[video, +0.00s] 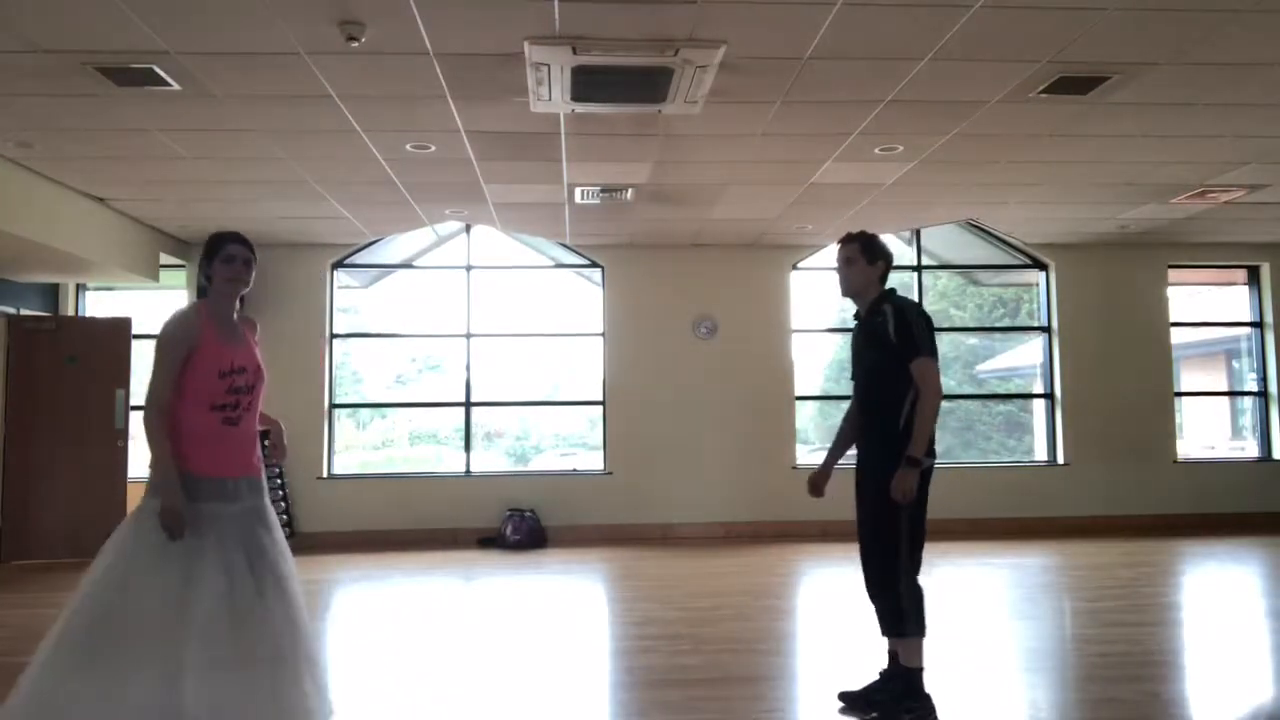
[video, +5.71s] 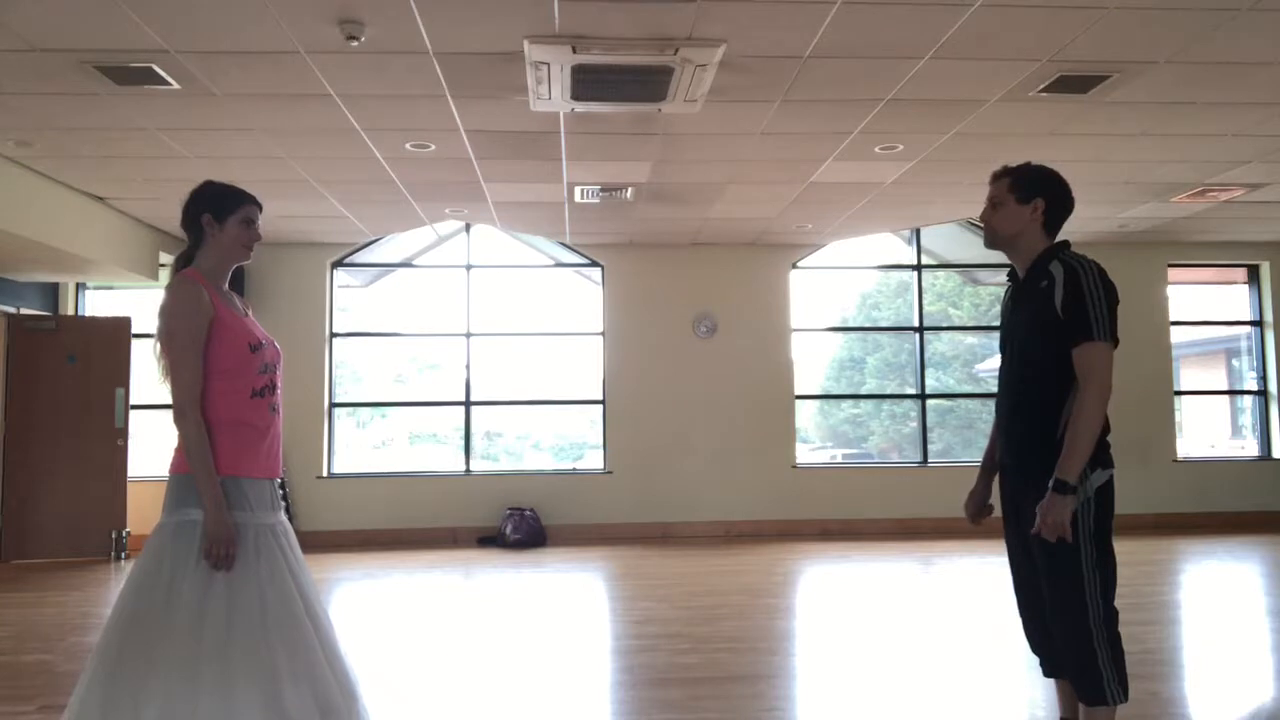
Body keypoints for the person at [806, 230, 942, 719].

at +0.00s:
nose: (840, 273)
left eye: (848, 265)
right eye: (839, 265)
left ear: (876, 267)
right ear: (855, 271)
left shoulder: (904, 313)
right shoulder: (865, 326)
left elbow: (931, 389)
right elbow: (861, 403)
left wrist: (912, 463)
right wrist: (828, 463)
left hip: (903, 462)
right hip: (872, 462)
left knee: (899, 569)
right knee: (878, 570)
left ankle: (912, 686)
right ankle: (896, 674)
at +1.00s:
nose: (907, 249)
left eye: (919, 238)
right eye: (902, 239)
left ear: (947, 243)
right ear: (897, 246)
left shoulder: (983, 304)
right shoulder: (900, 317)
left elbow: (1006, 396)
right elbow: (900, 400)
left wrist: (975, 472)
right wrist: (871, 471)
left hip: (975, 472)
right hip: (916, 471)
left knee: (974, 596)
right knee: (912, 596)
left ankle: (989, 702)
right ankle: (923, 710)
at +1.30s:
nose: (952, 234)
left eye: (964, 223)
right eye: (944, 224)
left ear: (991, 231)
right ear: (935, 234)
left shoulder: (1026, 297)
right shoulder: (941, 309)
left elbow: (1059, 397)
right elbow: (926, 403)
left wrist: (1060, 485)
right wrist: (883, 471)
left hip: (1014, 484)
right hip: (950, 485)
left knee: (1036, 624)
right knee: (927, 611)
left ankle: (1070, 713)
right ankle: (928, 714)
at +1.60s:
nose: (972, 218)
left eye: (985, 206)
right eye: (970, 208)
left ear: (1026, 212)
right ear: (974, 218)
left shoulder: (1071, 278)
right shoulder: (989, 300)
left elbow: (1118, 380)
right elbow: (993, 397)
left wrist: (1100, 479)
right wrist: (959, 477)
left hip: (1061, 482)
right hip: (998, 483)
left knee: (1071, 623)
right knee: (990, 614)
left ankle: (1089, 713)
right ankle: (1019, 714)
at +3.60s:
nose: (997, 212)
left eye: (1011, 203)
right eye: (1001, 202)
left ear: (1050, 213)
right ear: (1039, 215)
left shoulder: (1082, 275)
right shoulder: (1026, 292)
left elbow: (1097, 388)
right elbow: (1019, 397)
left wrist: (1056, 480)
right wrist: (985, 478)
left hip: (1070, 484)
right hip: (1026, 482)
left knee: (1084, 633)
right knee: (1053, 631)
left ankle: (1097, 714)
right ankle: (1069, 713)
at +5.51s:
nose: (984, 212)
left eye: (996, 202)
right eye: (987, 202)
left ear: (1035, 210)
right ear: (1024, 214)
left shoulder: (1076, 274)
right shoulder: (1019, 291)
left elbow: (1097, 389)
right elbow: (1017, 396)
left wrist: (1065, 487)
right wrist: (988, 477)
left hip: (1068, 483)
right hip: (1025, 481)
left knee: (1084, 632)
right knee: (1052, 628)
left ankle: (1098, 715)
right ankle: (1069, 713)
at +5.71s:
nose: (983, 213)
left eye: (995, 203)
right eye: (986, 203)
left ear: (1035, 211)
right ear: (1024, 214)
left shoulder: (1076, 274)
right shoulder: (1018, 291)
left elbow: (1095, 389)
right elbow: (1015, 395)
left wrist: (1064, 487)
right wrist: (986, 477)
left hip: (1069, 483)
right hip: (1025, 481)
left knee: (1085, 630)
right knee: (1051, 627)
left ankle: (1098, 715)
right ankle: (1069, 713)